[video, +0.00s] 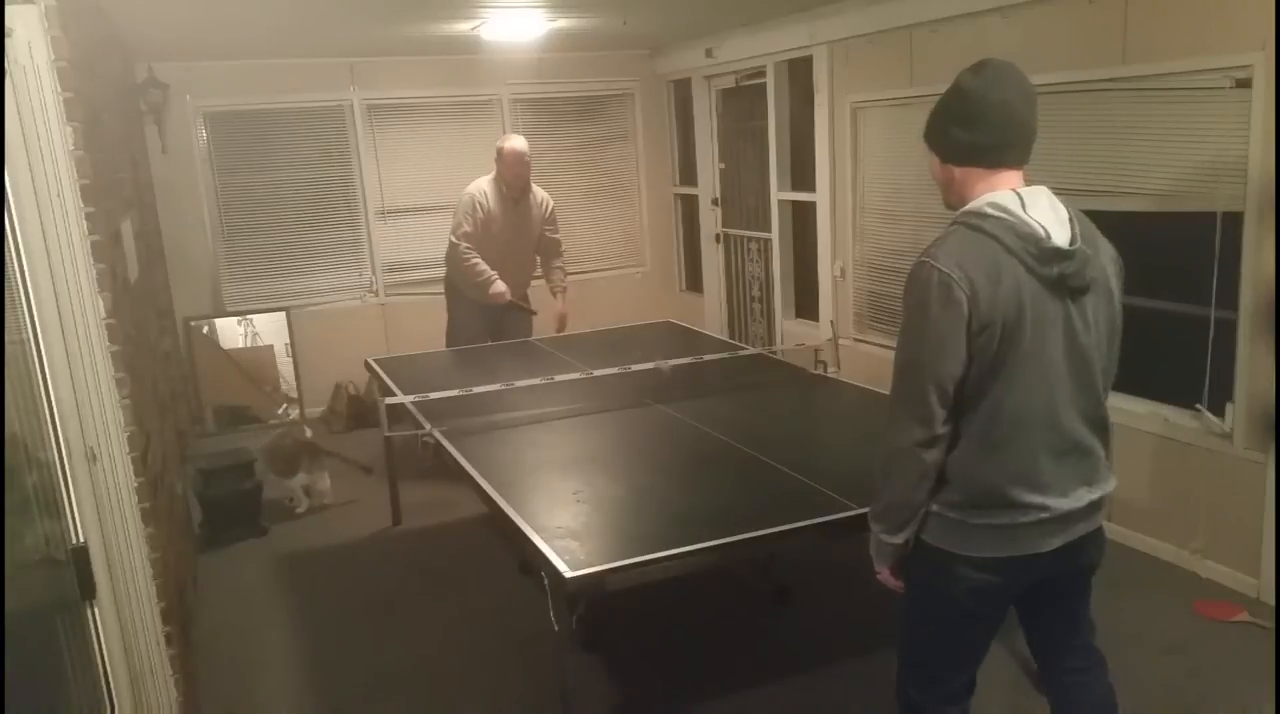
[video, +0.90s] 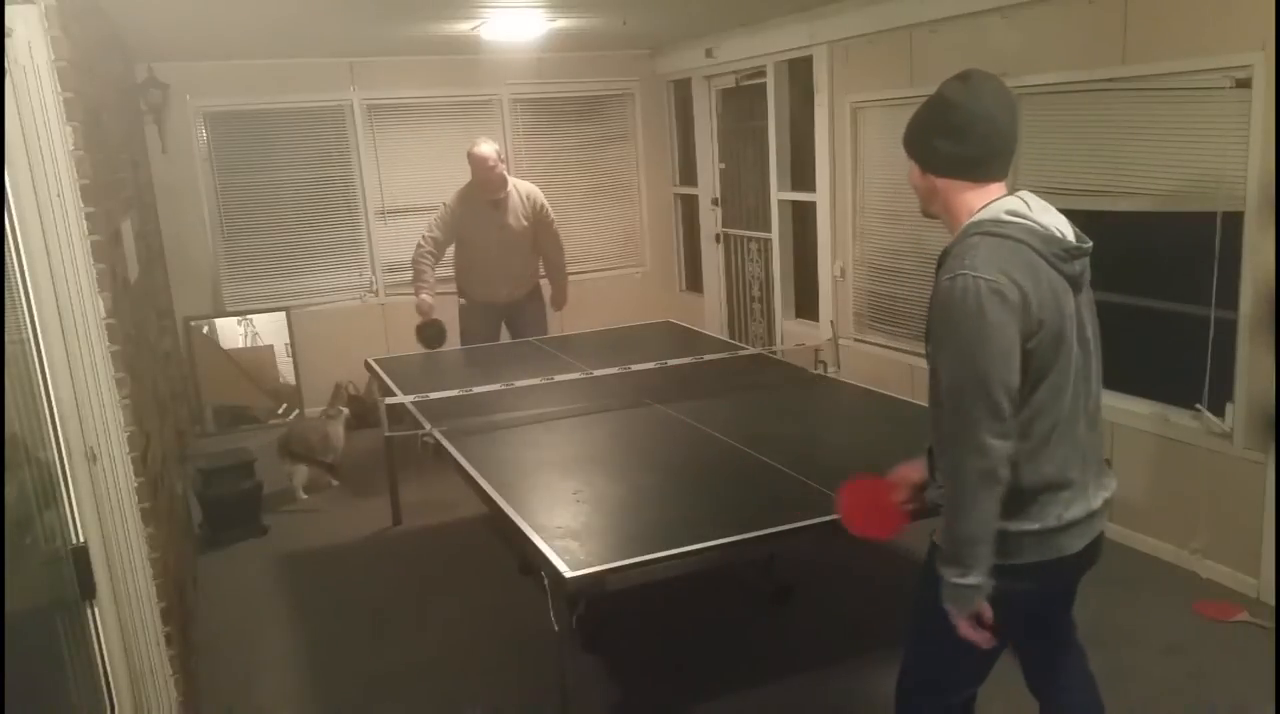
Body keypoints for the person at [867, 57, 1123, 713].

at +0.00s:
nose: (931, 171)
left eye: (933, 156)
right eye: (934, 154)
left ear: (945, 161)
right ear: (1022, 150)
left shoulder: (950, 267)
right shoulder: (1096, 250)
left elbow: (920, 422)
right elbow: (1094, 384)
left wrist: (888, 539)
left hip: (974, 544)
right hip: (1075, 533)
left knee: (933, 692)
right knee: (1074, 667)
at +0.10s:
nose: (918, 180)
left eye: (917, 165)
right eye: (917, 163)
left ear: (935, 168)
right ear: (1003, 153)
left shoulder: (952, 269)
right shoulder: (1071, 237)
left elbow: (927, 428)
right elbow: (1086, 376)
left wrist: (890, 547)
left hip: (981, 549)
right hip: (1075, 532)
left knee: (925, 693)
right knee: (1065, 660)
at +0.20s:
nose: (902, 198)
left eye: (901, 184)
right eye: (899, 183)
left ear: (920, 185)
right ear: (984, 162)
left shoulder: (962, 275)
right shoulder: (1046, 236)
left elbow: (941, 444)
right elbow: (1014, 400)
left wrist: (893, 559)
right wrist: (896, 450)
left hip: (997, 548)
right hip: (1075, 524)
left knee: (917, 694)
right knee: (1053, 658)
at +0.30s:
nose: (893, 209)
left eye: (892, 194)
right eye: (890, 194)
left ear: (918, 197)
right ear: (973, 177)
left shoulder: (981, 279)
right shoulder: (1021, 245)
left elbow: (964, 453)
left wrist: (904, 570)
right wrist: (818, 422)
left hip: (1015, 548)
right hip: (1070, 523)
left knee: (913, 695)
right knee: (1040, 662)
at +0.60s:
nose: (897, 184)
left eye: (899, 171)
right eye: (898, 170)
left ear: (924, 178)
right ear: (979, 166)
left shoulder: (1001, 276)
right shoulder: (991, 243)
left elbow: (1009, 450)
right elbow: (910, 350)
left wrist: (999, 594)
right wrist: (796, 391)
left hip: (994, 544)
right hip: (1040, 527)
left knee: (922, 697)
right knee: (1044, 666)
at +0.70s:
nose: (906, 181)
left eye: (907, 168)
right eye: (906, 167)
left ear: (927, 176)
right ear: (988, 161)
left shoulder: (994, 279)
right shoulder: (1018, 240)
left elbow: (1008, 451)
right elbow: (938, 377)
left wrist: (1011, 594)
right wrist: (836, 422)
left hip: (993, 543)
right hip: (1048, 525)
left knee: (925, 695)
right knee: (1050, 665)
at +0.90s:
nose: (911, 175)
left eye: (912, 163)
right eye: (912, 161)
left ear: (926, 173)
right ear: (997, 157)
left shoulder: (976, 276)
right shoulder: (1043, 233)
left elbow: (978, 448)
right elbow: (1026, 396)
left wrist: (964, 578)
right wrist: (934, 465)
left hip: (1007, 549)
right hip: (1069, 526)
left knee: (929, 697)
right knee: (1057, 665)